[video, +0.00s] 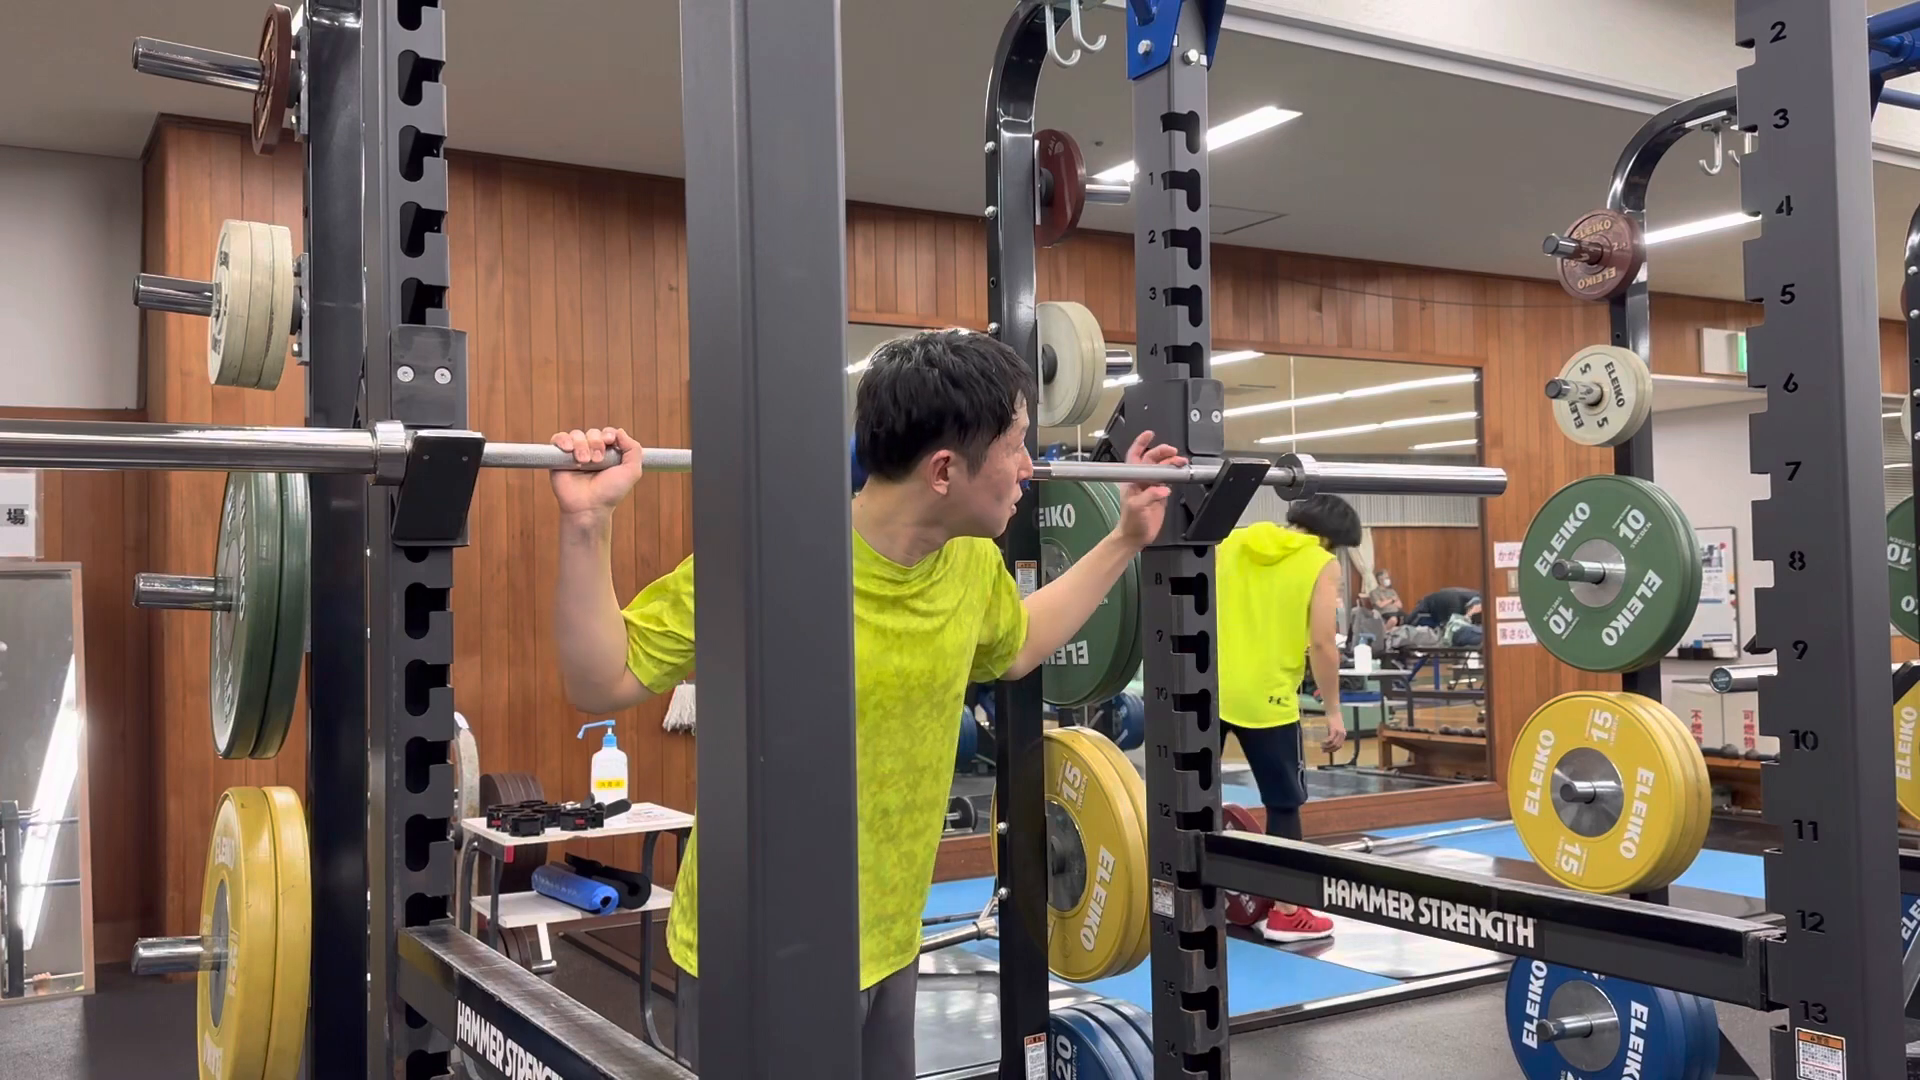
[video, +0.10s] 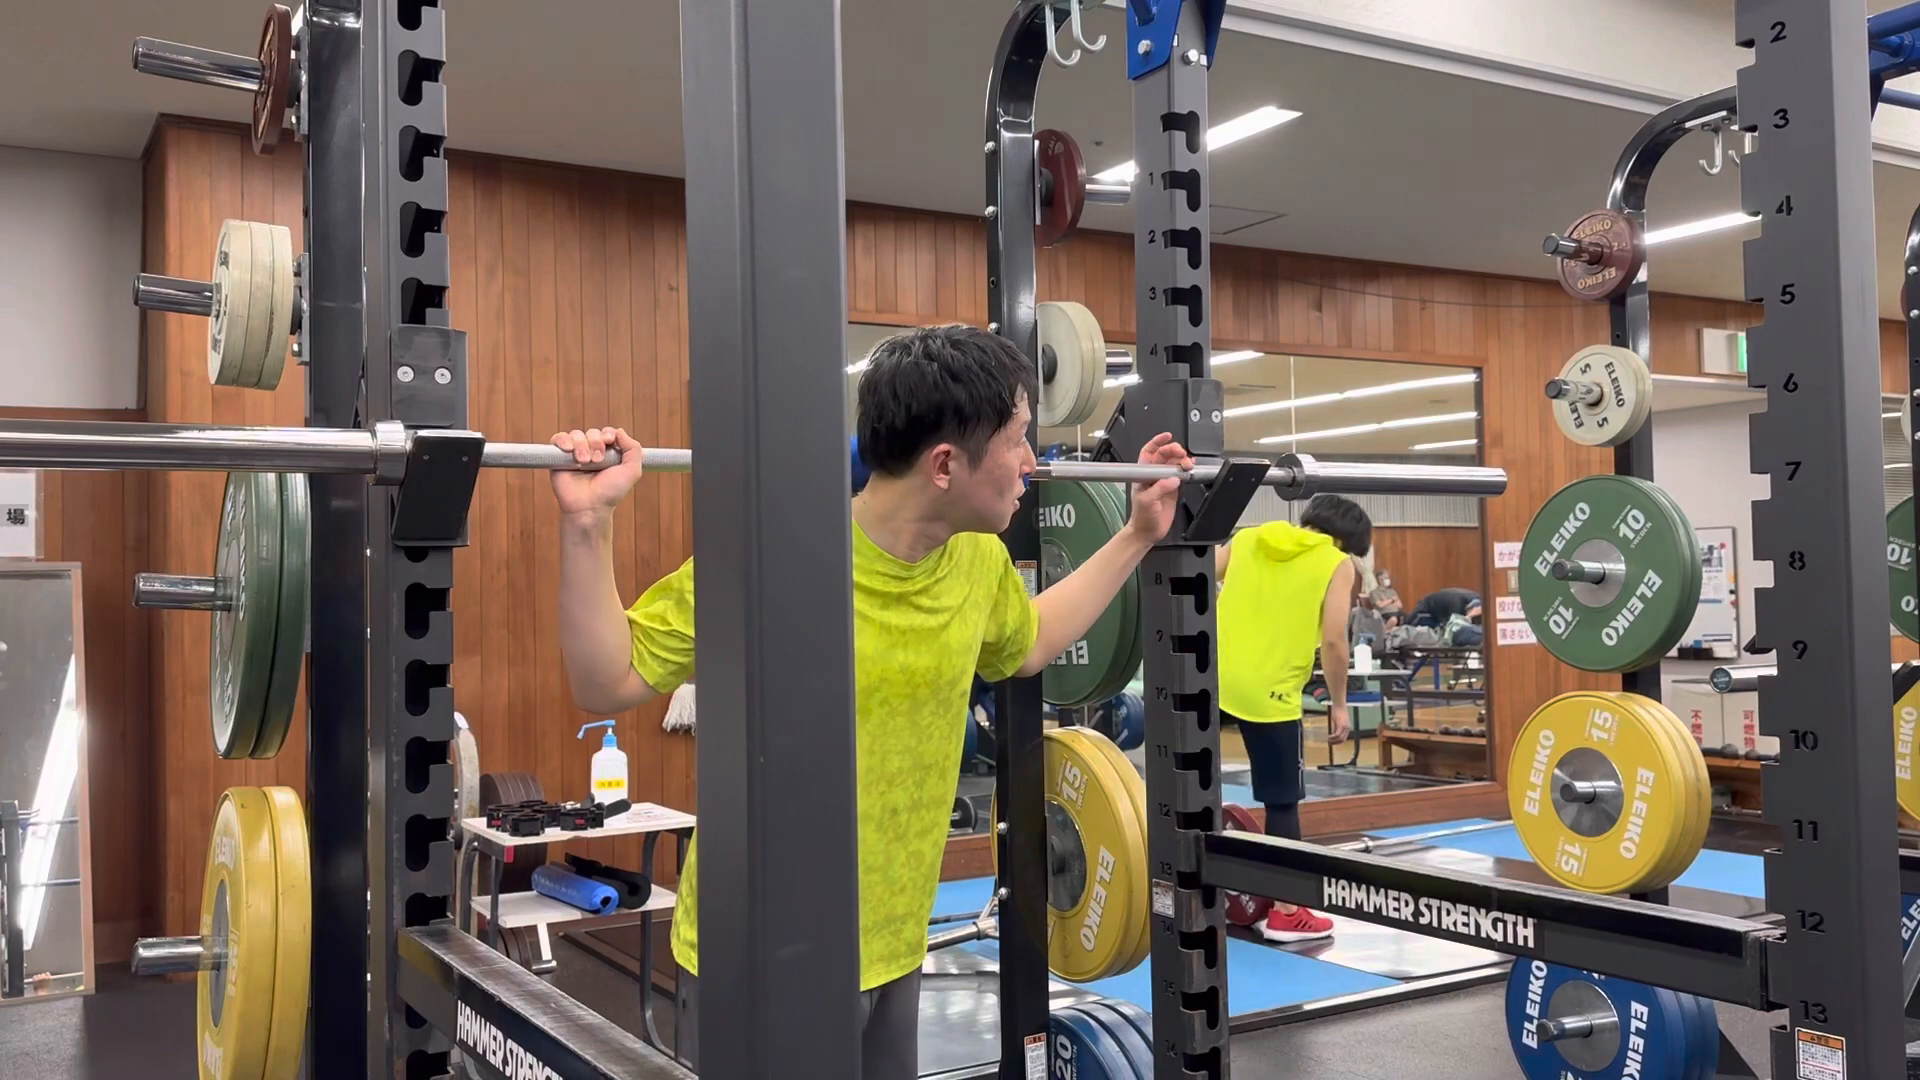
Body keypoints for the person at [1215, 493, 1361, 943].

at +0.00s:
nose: (1339, 555)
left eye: (1343, 549)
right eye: (1342, 547)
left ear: (1296, 518)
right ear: (1331, 538)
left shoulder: (1233, 542)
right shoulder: (1319, 563)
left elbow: (1195, 601)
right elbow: (1322, 645)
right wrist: (1333, 710)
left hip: (1205, 691)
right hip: (1264, 698)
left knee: (1194, 792)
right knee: (1283, 805)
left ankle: (1200, 895)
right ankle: (1286, 906)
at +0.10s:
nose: (1356, 559)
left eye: (1359, 553)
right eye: (1357, 551)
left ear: (1309, 522)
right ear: (1348, 541)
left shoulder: (1253, 538)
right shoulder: (1338, 563)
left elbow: (1204, 563)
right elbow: (1334, 641)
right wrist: (1339, 704)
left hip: (1208, 678)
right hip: (1268, 691)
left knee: (1191, 788)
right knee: (1281, 804)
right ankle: (1286, 905)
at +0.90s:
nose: (1338, 592)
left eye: (1344, 586)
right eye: (1344, 584)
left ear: (1320, 554)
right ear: (1338, 569)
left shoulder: (1261, 569)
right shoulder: (1308, 578)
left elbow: (1225, 624)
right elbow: (1293, 651)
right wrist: (1327, 705)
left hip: (1213, 694)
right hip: (1251, 696)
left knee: (1216, 789)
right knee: (1315, 781)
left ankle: (1191, 883)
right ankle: (1314, 896)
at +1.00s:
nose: (1343, 616)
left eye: (1350, 611)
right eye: (1349, 608)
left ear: (1324, 570)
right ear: (1348, 591)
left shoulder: (1267, 584)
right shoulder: (1321, 594)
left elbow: (1227, 638)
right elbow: (1304, 668)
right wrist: (1327, 729)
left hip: (1202, 702)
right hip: (1246, 704)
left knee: (1203, 803)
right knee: (1296, 797)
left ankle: (1194, 895)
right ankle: (1327, 903)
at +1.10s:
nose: (1357, 661)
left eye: (1362, 658)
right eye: (1361, 655)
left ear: (1344, 613)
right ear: (1361, 636)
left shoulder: (1287, 616)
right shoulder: (1341, 638)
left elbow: (1242, 678)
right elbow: (1322, 707)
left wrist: (1240, 760)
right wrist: (1323, 772)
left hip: (1204, 696)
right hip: (1250, 705)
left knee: (1194, 802)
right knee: (1308, 795)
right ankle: (1341, 907)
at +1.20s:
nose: (1357, 697)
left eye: (1363, 694)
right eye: (1363, 691)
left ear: (1349, 648)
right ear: (1365, 675)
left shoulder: (1294, 643)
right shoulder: (1347, 670)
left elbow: (1239, 708)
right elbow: (1324, 737)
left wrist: (1228, 786)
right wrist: (1308, 811)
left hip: (1208, 694)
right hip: (1254, 705)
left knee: (1202, 793)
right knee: (1319, 793)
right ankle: (1342, 910)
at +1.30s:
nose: (1350, 728)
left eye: (1356, 727)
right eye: (1355, 723)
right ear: (1360, 699)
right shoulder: (1346, 697)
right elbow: (1317, 764)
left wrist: (1216, 808)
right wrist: (1298, 828)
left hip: (1206, 694)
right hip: (1257, 705)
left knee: (1202, 794)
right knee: (1321, 792)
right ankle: (1342, 910)